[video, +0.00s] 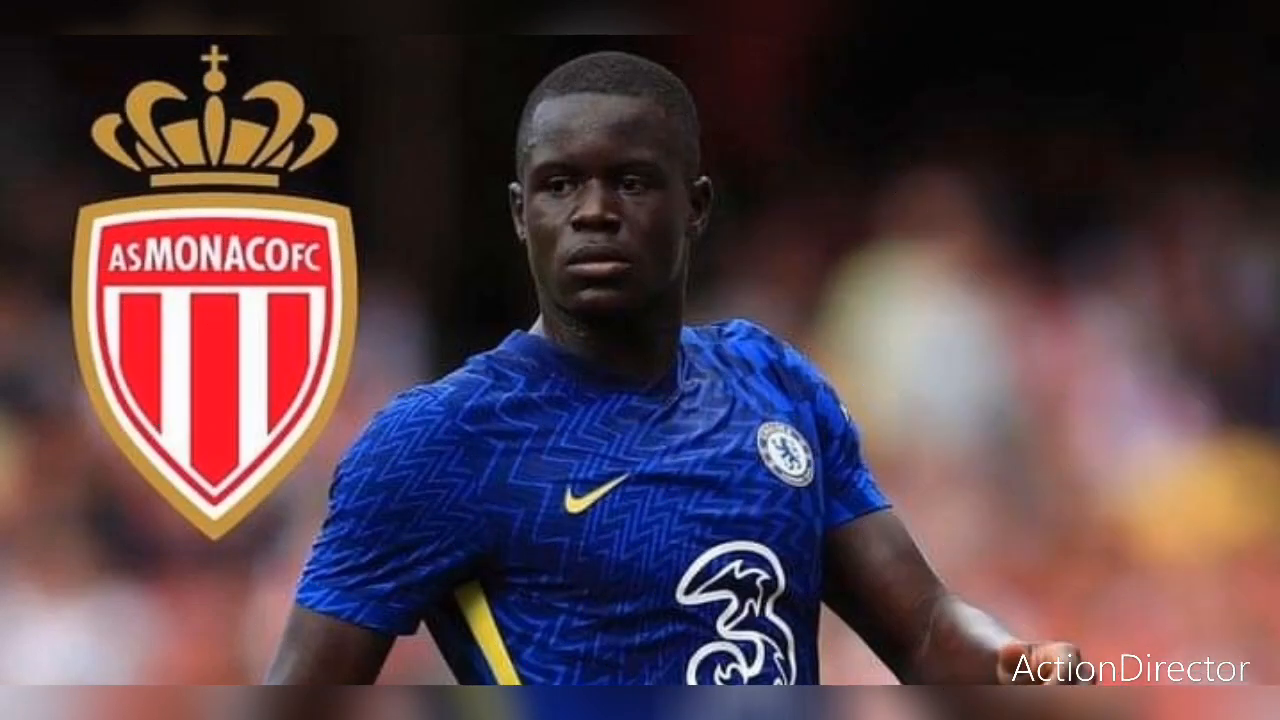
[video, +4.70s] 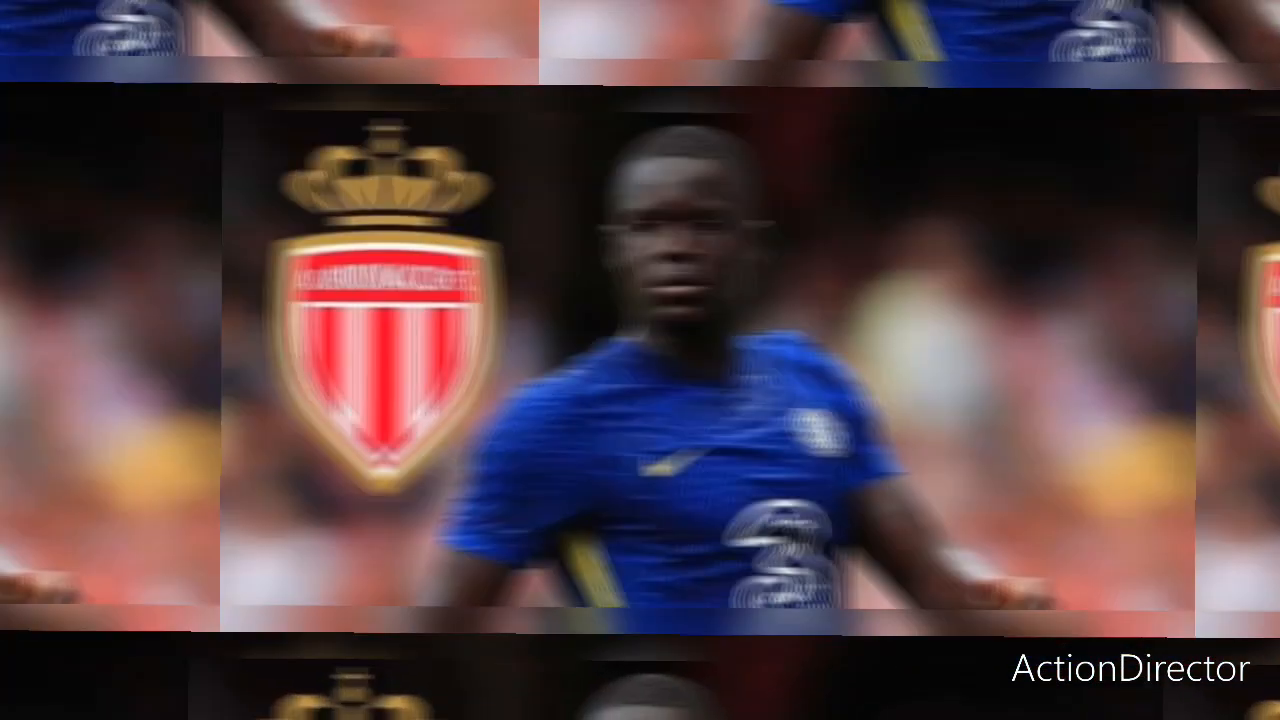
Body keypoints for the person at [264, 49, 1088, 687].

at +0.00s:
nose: (595, 210)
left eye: (633, 178)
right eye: (560, 181)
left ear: (697, 209)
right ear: (522, 216)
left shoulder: (770, 385)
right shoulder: (433, 444)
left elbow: (921, 626)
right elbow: (301, 691)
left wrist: (1021, 675)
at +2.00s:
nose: (600, 209)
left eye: (636, 177)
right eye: (562, 180)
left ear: (698, 206)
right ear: (521, 213)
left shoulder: (773, 388)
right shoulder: (431, 444)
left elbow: (920, 625)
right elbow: (301, 691)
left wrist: (1019, 673)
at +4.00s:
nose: (596, 210)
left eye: (633, 178)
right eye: (560, 181)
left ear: (696, 207)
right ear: (522, 215)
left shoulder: (770, 385)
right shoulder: (434, 444)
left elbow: (921, 625)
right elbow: (301, 691)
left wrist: (1017, 673)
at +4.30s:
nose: (644, 218)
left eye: (680, 190)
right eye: (612, 193)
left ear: (739, 219)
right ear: (577, 223)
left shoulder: (807, 382)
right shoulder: (492, 439)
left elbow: (950, 608)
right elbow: (366, 682)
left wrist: (1045, 656)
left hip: (818, 705)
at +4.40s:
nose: (741, 225)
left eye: (774, 197)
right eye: (708, 199)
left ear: (831, 224)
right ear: (674, 228)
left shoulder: (897, 383)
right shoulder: (594, 437)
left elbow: (1032, 597)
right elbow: (474, 663)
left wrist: (1116, 641)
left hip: (906, 683)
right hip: (736, 697)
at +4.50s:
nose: (922, 234)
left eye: (954, 206)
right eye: (893, 209)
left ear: (1010, 232)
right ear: (857, 239)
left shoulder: (1072, 382)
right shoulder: (786, 431)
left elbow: (1204, 586)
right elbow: (668, 655)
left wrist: (1273, 628)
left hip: (1092, 691)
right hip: (904, 690)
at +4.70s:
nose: (676, 248)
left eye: (705, 224)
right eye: (648, 226)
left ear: (753, 245)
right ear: (613, 249)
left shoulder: (806, 381)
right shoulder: (554, 423)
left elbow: (927, 565)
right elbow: (437, 630)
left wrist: (992, 603)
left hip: (820, 696)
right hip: (672, 698)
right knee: (645, 700)